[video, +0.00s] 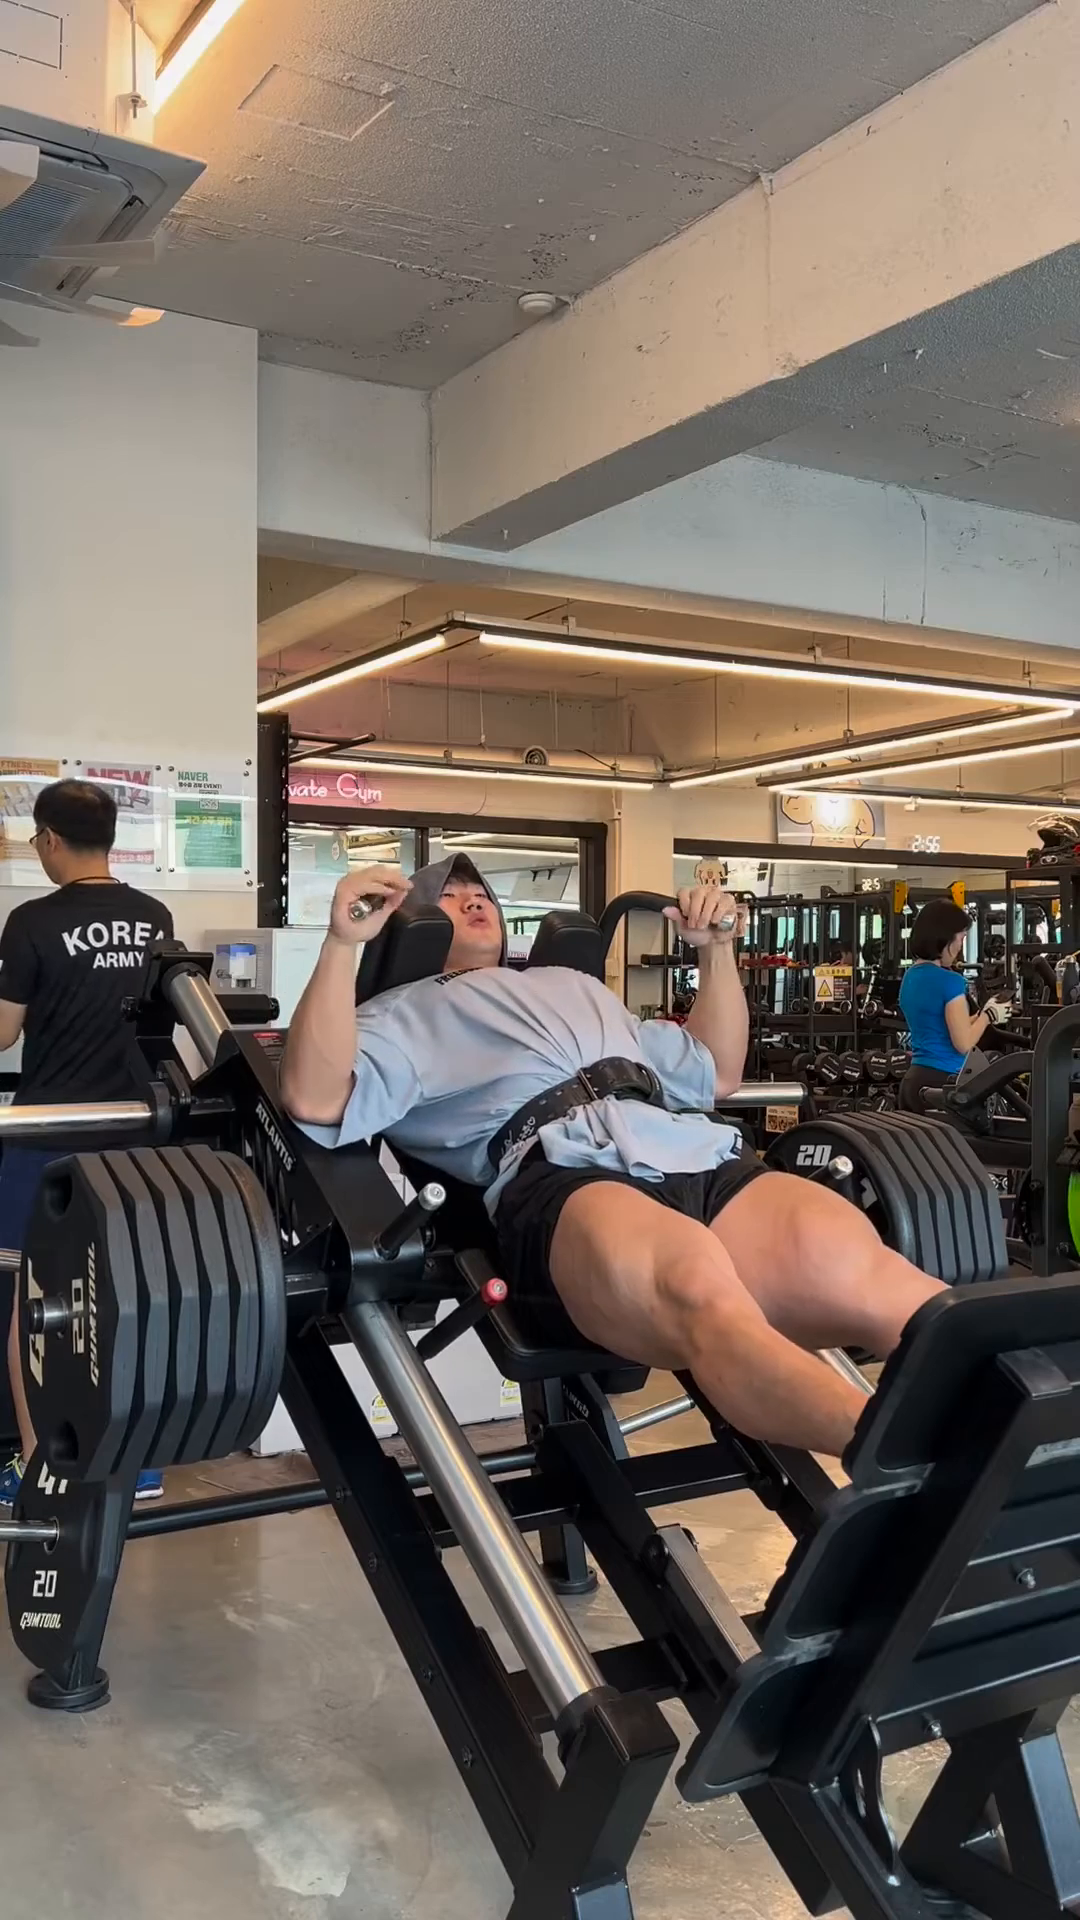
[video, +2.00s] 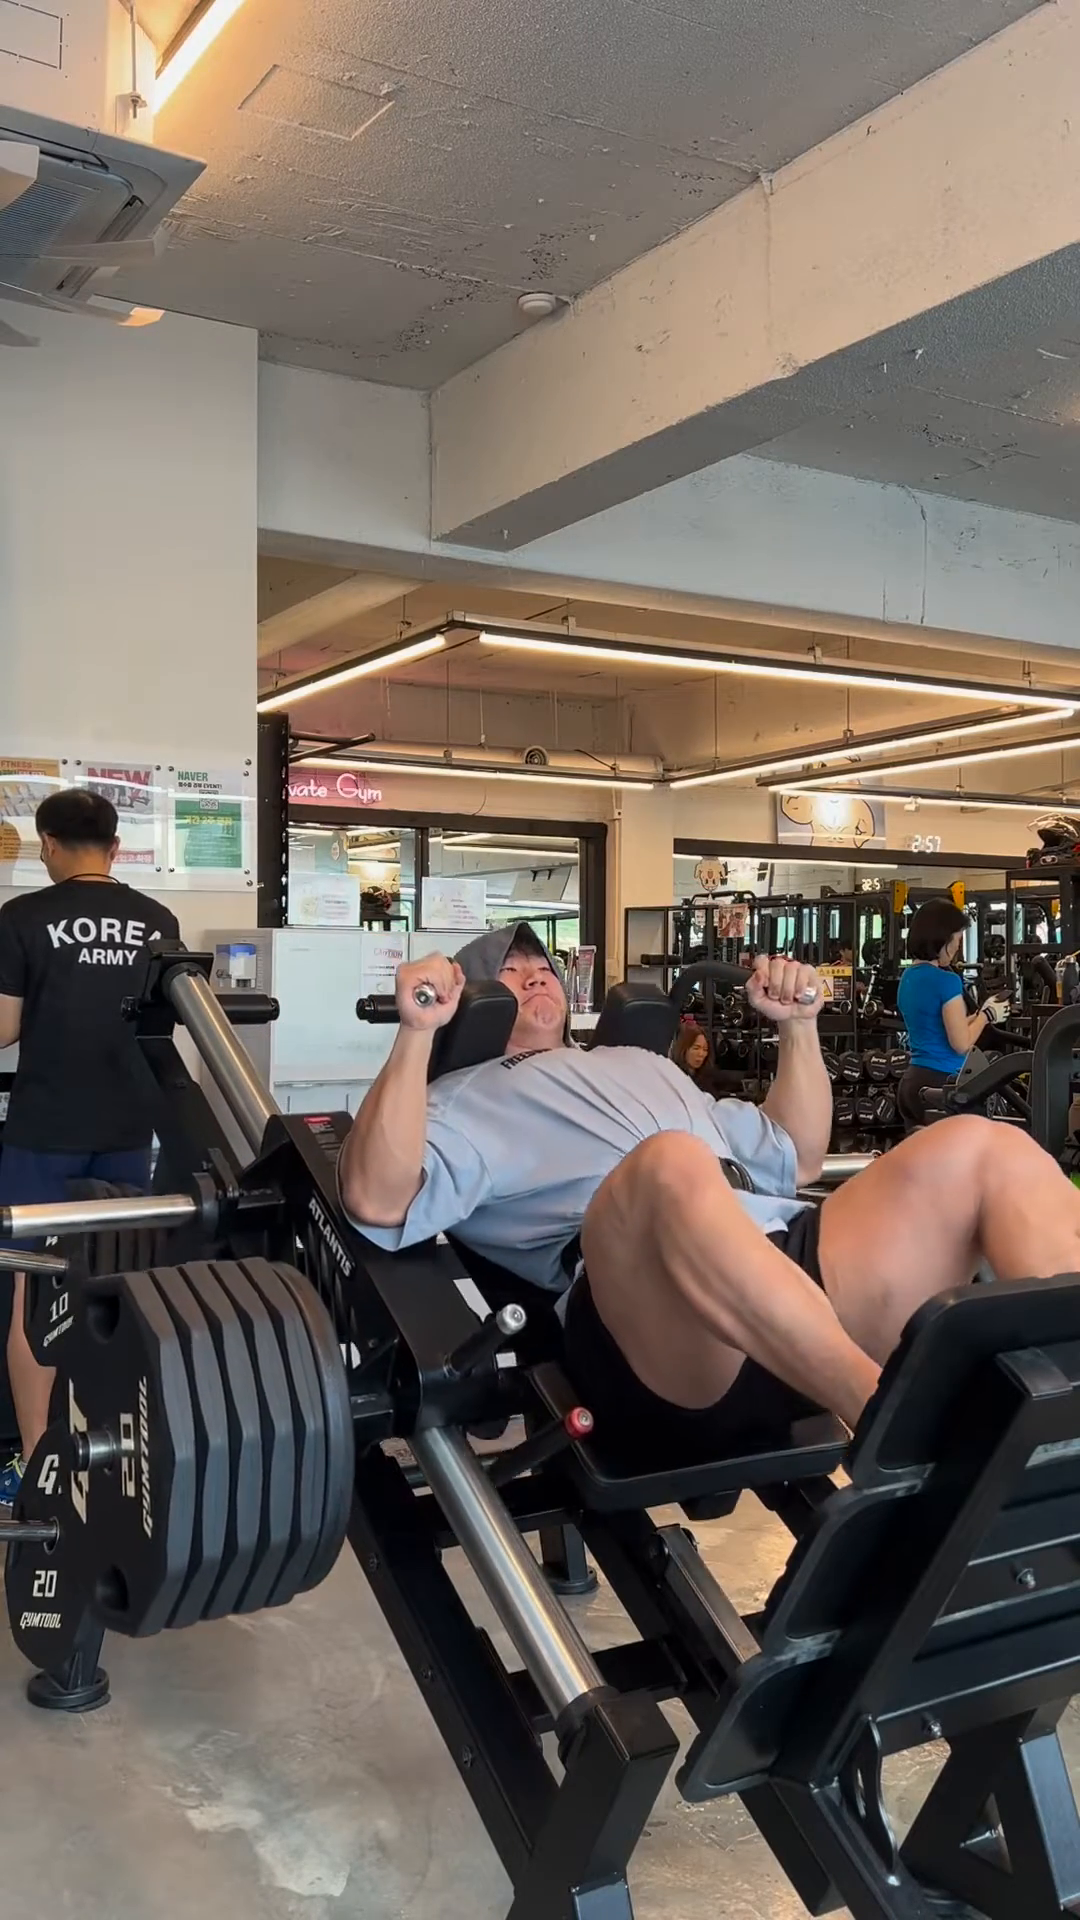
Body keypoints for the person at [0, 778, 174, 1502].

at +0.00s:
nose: (35, 848)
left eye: (37, 837)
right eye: (37, 837)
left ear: (50, 840)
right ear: (110, 841)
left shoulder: (34, 920)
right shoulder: (154, 913)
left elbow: (6, 1030)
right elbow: (166, 1013)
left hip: (47, 1132)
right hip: (137, 1132)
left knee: (26, 1294)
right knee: (133, 1292)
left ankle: (34, 1456)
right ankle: (138, 1462)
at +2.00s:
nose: (47, 857)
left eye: (45, 847)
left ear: (48, 846)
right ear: (115, 848)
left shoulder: (25, 917)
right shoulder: (159, 919)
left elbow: (5, 1027)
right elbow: (172, 1021)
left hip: (46, 1129)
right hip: (136, 1128)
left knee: (30, 1293)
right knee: (125, 1289)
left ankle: (41, 1461)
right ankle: (129, 1453)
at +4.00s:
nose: (41, 862)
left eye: (40, 852)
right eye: (42, 853)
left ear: (48, 849)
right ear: (114, 848)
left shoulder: (30, 916)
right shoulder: (164, 917)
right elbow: (177, 1010)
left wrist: (35, 988)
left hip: (50, 1130)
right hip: (136, 1131)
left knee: (27, 1298)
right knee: (126, 1287)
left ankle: (40, 1466)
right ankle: (138, 1455)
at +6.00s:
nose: (52, 857)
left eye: (49, 847)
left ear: (51, 846)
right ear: (119, 848)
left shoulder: (28, 920)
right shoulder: (164, 920)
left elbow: (9, 1031)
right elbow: (178, 1027)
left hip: (45, 1134)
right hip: (138, 1135)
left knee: (27, 1297)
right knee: (135, 1294)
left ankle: (37, 1458)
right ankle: (140, 1463)